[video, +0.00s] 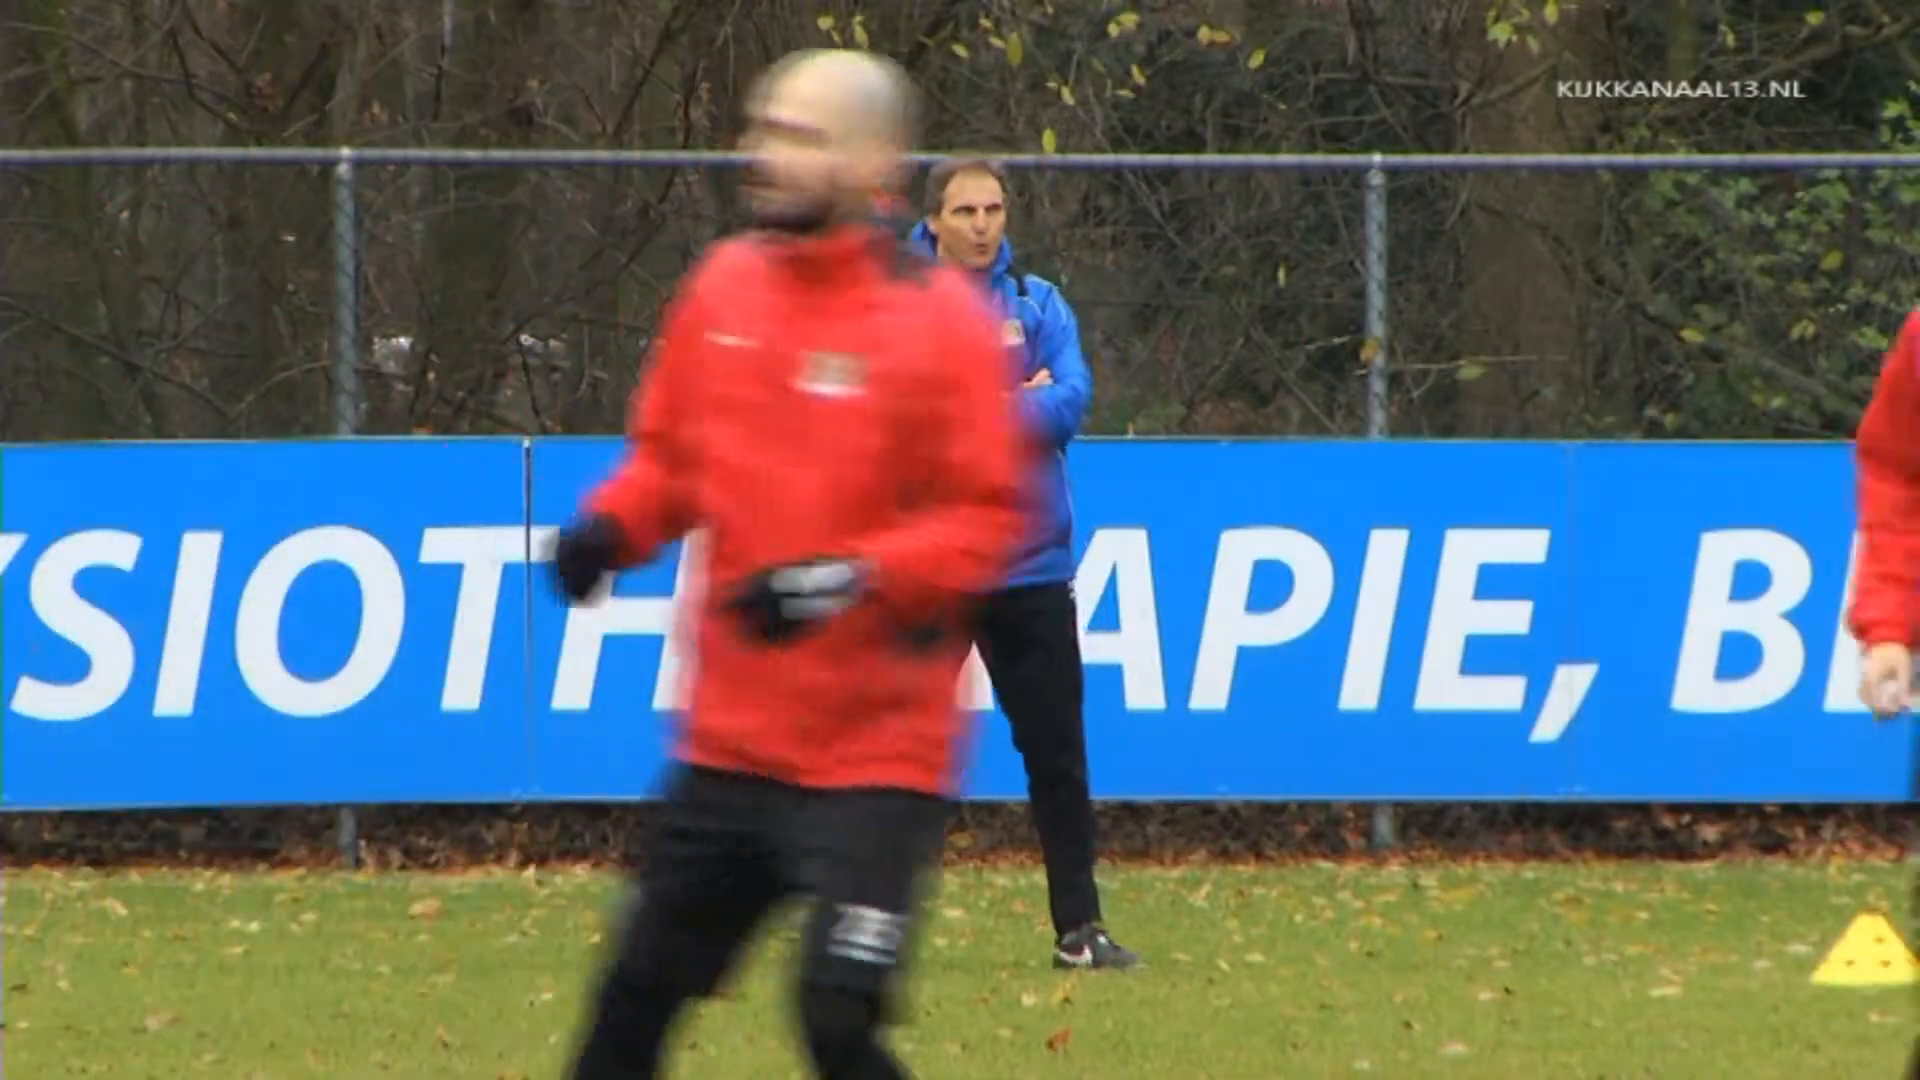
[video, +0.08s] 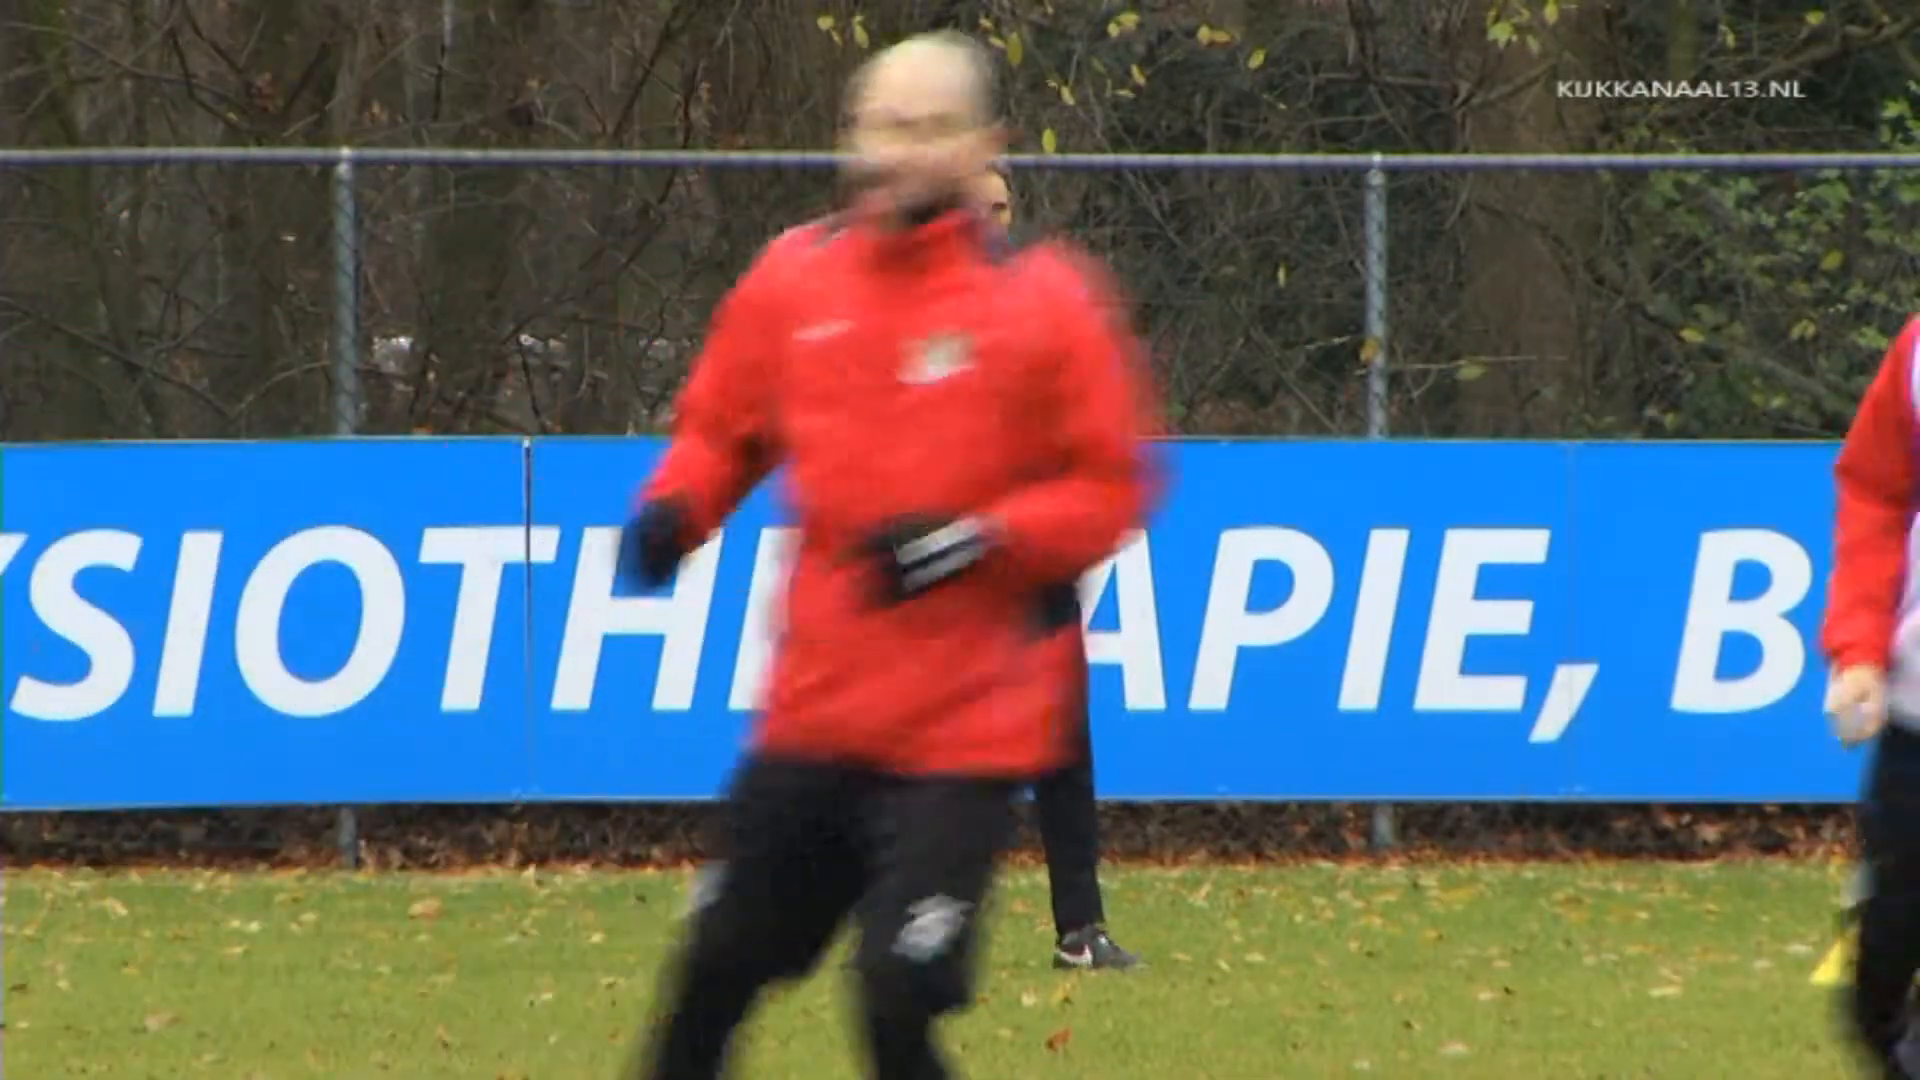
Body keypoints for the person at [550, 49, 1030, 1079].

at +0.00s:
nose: (760, 152)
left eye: (795, 136)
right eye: (758, 130)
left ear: (875, 167)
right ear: (747, 138)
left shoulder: (943, 321)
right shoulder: (724, 283)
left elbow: (995, 518)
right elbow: (671, 460)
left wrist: (861, 572)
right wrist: (607, 528)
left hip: (880, 753)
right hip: (736, 736)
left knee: (838, 1020)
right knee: (634, 995)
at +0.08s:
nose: (894, 150)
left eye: (927, 129)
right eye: (876, 127)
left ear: (983, 146)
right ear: (850, 138)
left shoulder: (1042, 298)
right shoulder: (794, 277)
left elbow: (1113, 483)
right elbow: (722, 430)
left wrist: (989, 538)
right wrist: (676, 506)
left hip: (969, 720)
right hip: (822, 706)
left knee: (900, 988)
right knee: (718, 961)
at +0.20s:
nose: (1077, 90)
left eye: (1096, 66)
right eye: (1050, 64)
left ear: (1121, 77)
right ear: (986, 70)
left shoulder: (1181, 220)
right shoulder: (899, 212)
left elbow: (1273, 376)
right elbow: (810, 359)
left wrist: (1172, 460)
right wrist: (831, 457)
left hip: (1110, 645)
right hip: (944, 637)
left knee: (1051, 924)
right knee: (888, 904)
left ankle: (1027, 1067)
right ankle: (882, 1065)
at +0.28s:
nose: (1179, 92)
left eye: (1200, 69)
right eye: (1150, 65)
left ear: (1226, 80)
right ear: (1082, 69)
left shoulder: (1272, 222)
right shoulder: (990, 204)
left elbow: (1345, 381)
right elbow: (883, 363)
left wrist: (1269, 466)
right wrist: (942, 469)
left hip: (1194, 649)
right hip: (1025, 637)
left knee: (1171, 909)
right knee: (1001, 913)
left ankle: (1151, 1066)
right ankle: (978, 1060)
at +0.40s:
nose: (1324, 174)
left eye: (1349, 151)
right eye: (1300, 145)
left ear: (1382, 164)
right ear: (1247, 144)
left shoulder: (1415, 313)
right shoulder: (1158, 283)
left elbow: (1439, 469)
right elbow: (1032, 456)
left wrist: (1414, 552)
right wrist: (1134, 566)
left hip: (1318, 735)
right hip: (1149, 734)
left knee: (1414, 962)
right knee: (1079, 1013)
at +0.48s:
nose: (1404, 200)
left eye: (1439, 181)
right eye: (1390, 174)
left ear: (1508, 201)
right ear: (1367, 178)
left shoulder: (1538, 342)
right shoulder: (1288, 301)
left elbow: (1524, 506)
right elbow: (1168, 490)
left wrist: (1519, 590)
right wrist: (1241, 619)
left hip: (1427, 753)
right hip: (1257, 752)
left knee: (1537, 980)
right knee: (1161, 1000)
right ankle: (1082, 1067)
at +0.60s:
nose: (1569, 211)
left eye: (1604, 193)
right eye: (1565, 187)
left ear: (1687, 212)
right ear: (1550, 188)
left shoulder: (1738, 353)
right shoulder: (1483, 319)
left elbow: (1752, 522)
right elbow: (1350, 492)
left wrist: (1708, 589)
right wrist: (1376, 647)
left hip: (1620, 764)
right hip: (1466, 753)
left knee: (1681, 1022)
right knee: (1389, 1009)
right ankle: (1285, 1066)